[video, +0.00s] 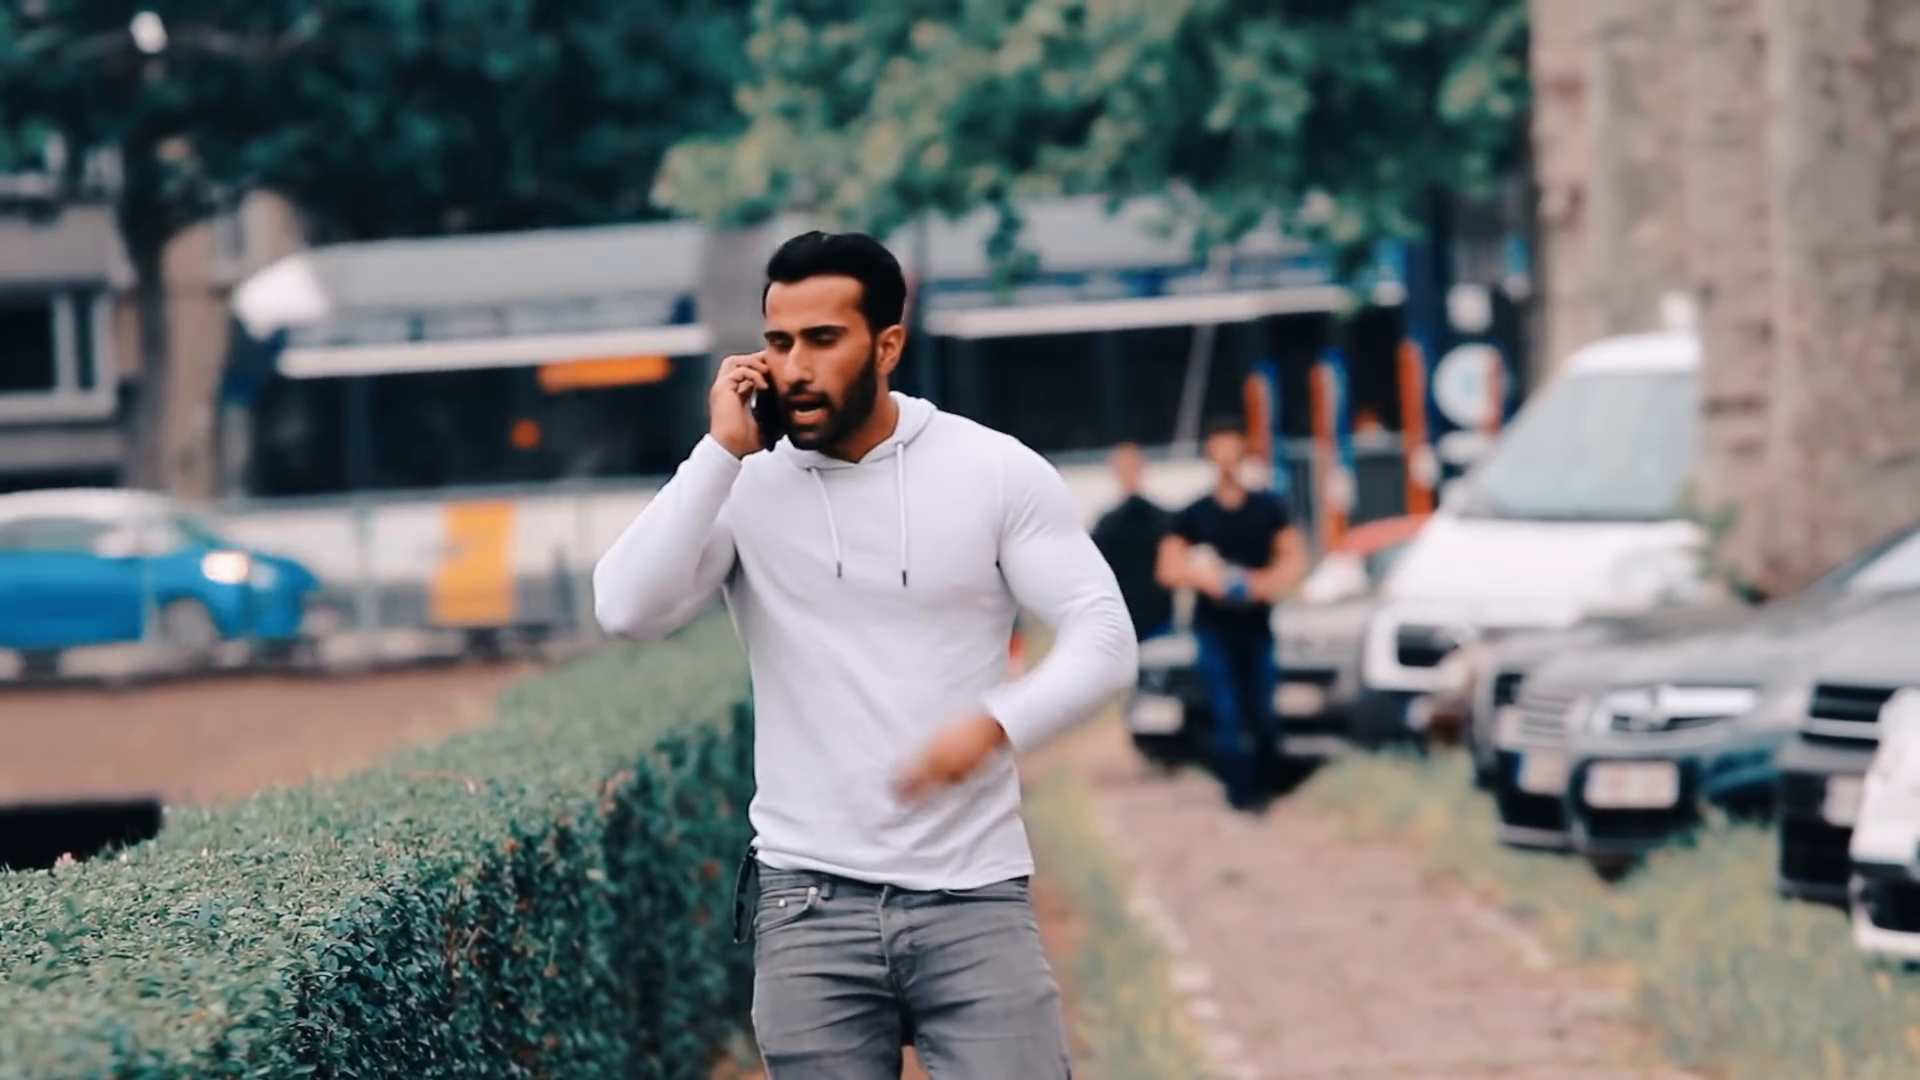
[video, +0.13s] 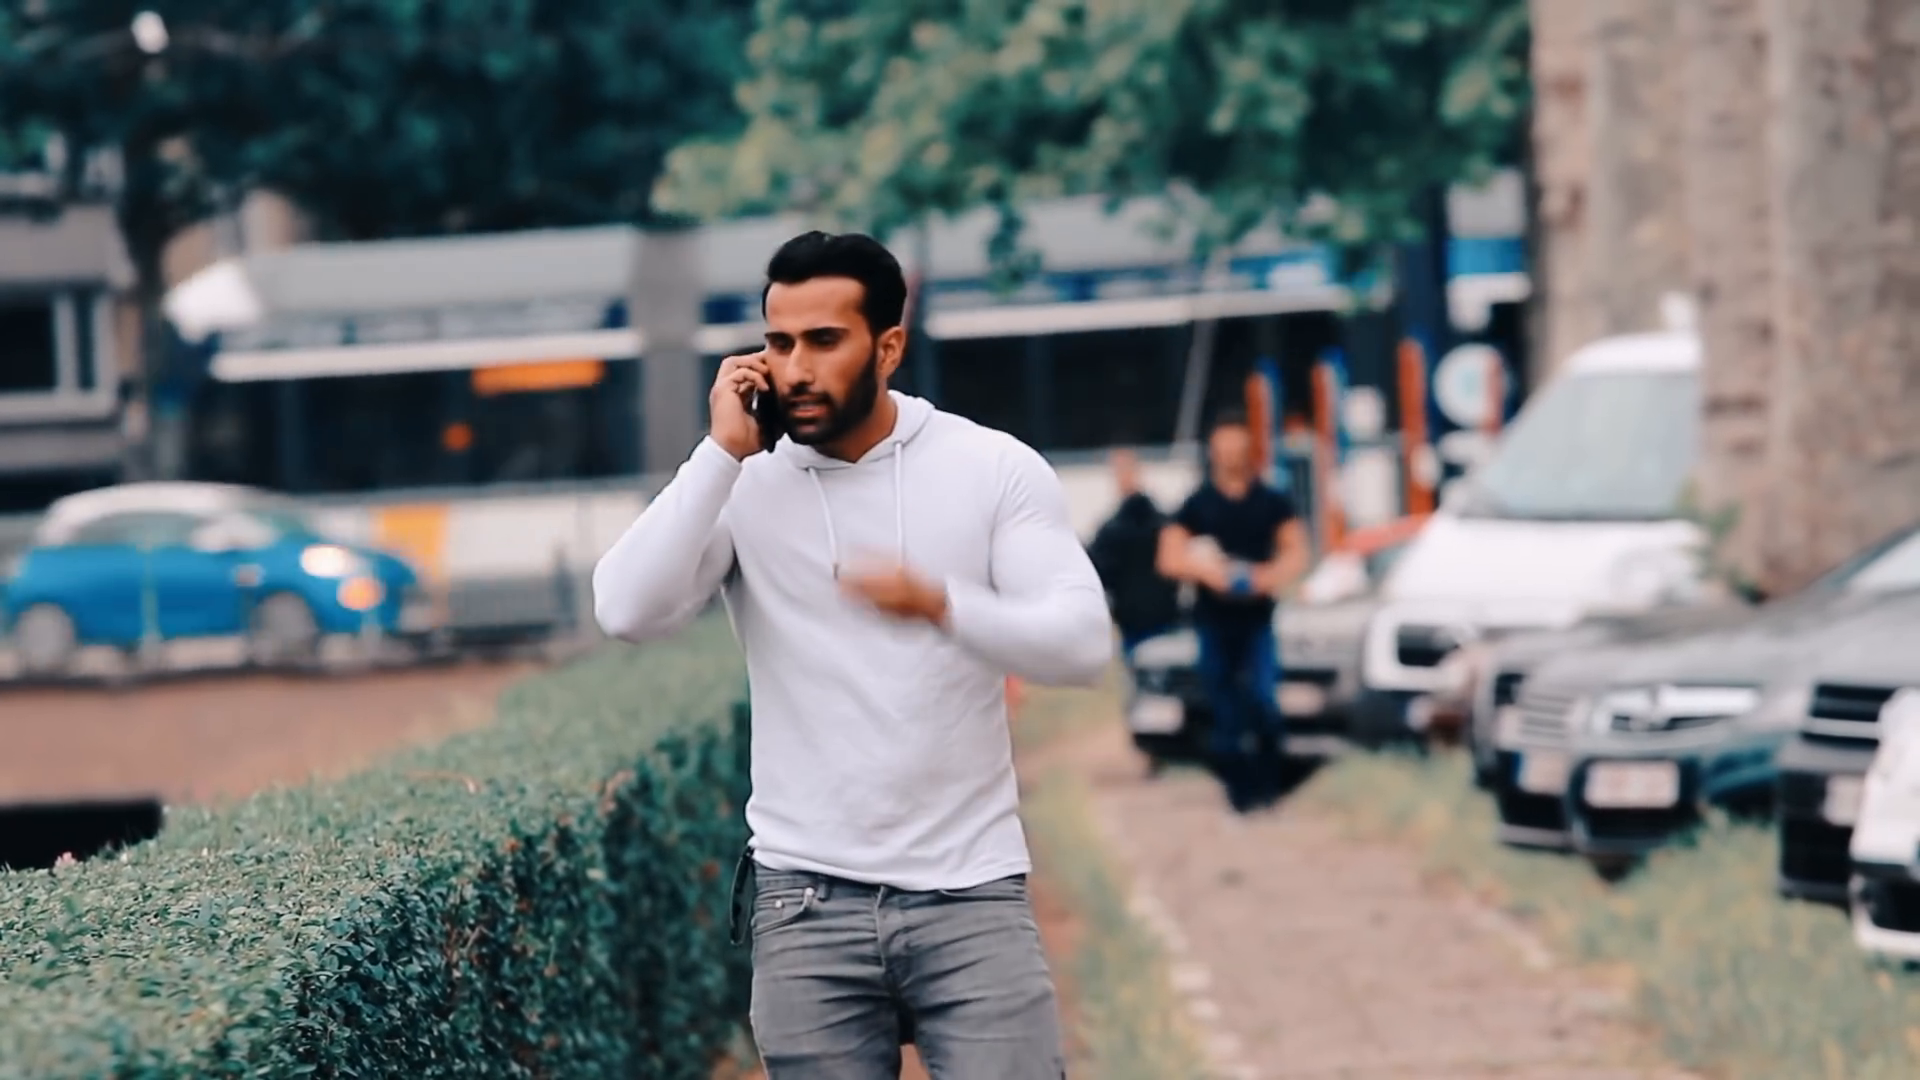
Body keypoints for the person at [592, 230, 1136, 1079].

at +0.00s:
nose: (792, 369)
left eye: (822, 339)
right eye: (777, 342)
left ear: (888, 346)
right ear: (760, 351)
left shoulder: (996, 472)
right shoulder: (741, 487)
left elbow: (1106, 643)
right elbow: (623, 608)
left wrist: (994, 724)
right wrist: (722, 452)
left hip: (975, 900)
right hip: (808, 904)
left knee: (1024, 1065)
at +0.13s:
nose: (792, 370)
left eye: (822, 341)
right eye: (778, 344)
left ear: (888, 346)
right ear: (761, 351)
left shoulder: (994, 469)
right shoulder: (742, 486)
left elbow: (1085, 644)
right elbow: (624, 609)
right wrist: (721, 452)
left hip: (973, 897)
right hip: (804, 901)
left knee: (1018, 1064)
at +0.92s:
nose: (805, 382)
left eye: (834, 354)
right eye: (792, 356)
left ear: (902, 354)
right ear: (777, 356)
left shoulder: (1014, 453)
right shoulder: (766, 485)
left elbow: (1024, 604)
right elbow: (652, 635)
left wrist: (851, 589)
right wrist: (736, 475)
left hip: (999, 893)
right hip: (830, 899)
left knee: (1044, 1065)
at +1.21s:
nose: (795, 385)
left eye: (823, 356)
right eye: (781, 359)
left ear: (890, 355)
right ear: (763, 361)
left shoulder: (1007, 453)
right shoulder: (761, 491)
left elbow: (1022, 606)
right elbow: (647, 640)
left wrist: (851, 599)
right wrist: (727, 477)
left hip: (996, 895)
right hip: (827, 902)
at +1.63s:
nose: (798, 375)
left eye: (826, 345)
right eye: (785, 350)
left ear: (894, 348)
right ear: (768, 357)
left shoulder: (1009, 453)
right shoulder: (763, 488)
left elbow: (1030, 603)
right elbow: (649, 632)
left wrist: (862, 591)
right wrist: (732, 470)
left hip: (996, 894)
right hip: (827, 900)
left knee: (1042, 1064)